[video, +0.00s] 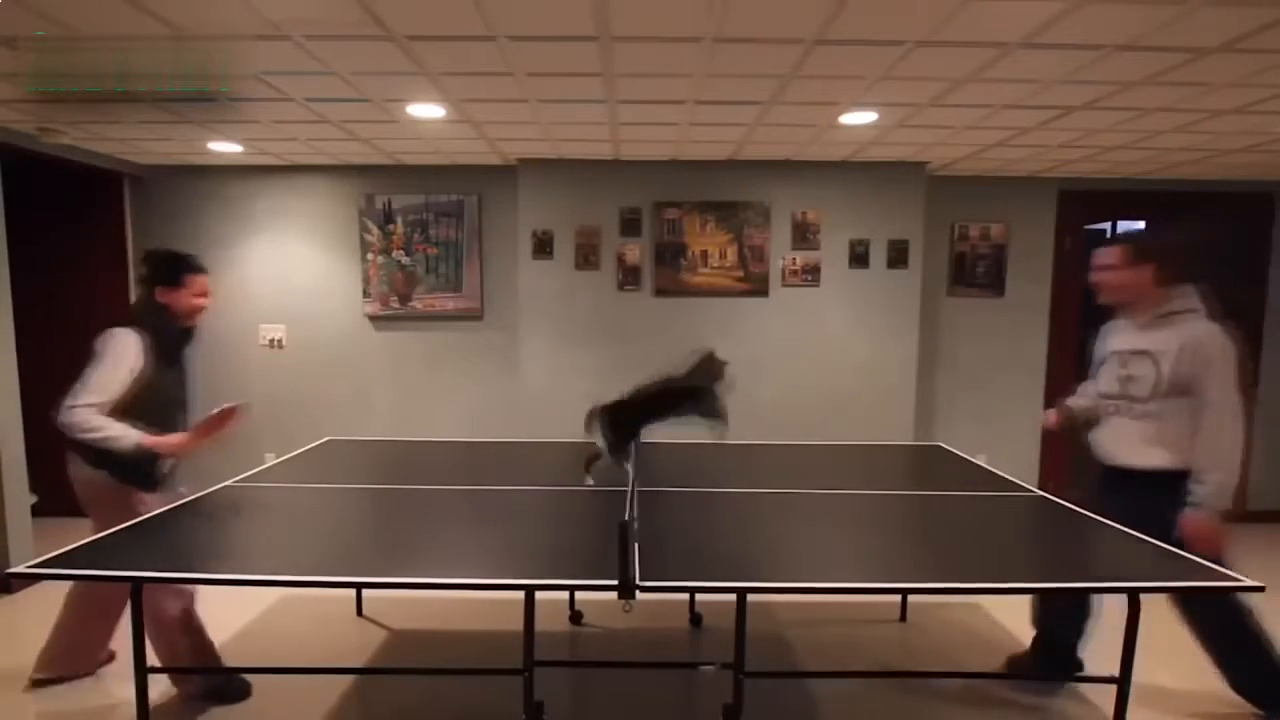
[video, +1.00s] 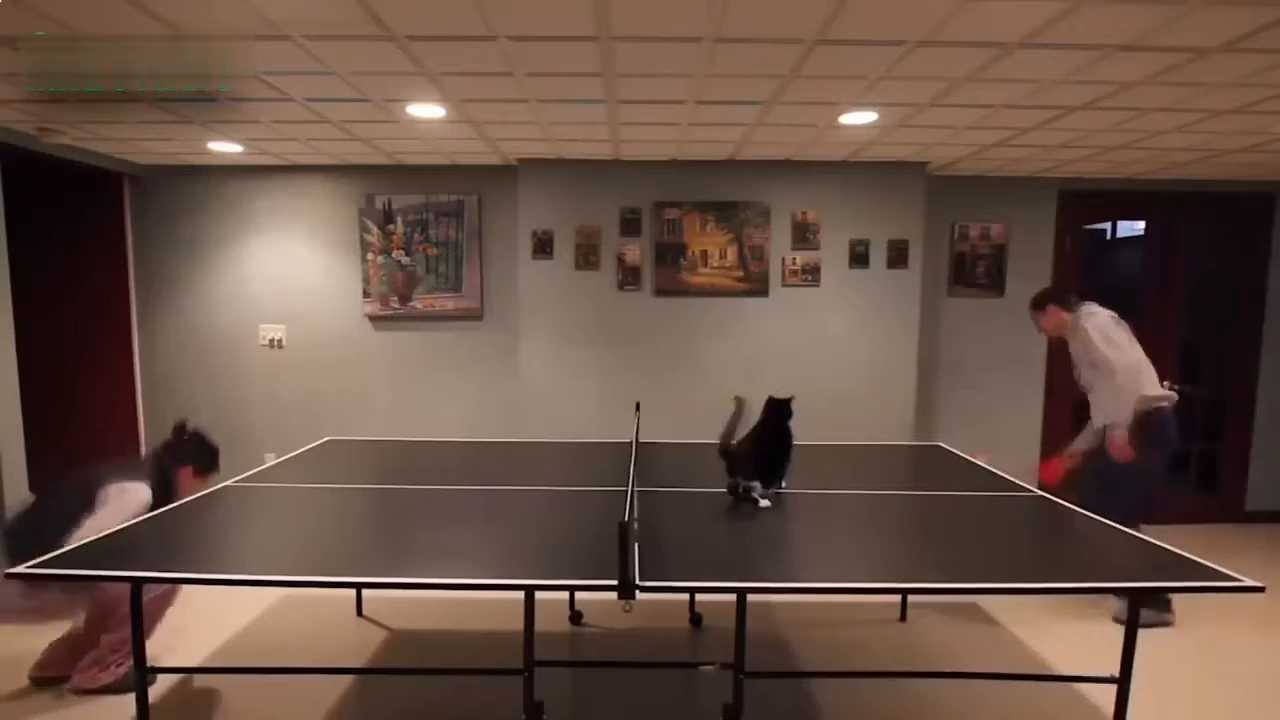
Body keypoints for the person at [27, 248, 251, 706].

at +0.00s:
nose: (205, 303)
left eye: (206, 293)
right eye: (197, 293)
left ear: (175, 296)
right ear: (165, 294)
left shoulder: (169, 345)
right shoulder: (128, 342)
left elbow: (153, 425)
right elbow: (75, 413)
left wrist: (198, 433)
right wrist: (149, 440)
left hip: (144, 472)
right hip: (107, 474)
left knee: (112, 564)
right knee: (163, 571)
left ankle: (66, 659)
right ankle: (200, 674)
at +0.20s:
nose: (143, 292)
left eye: (147, 284)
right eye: (135, 281)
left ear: (146, 291)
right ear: (107, 283)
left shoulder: (126, 342)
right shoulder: (69, 333)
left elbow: (126, 410)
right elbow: (33, 410)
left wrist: (151, 422)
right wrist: (115, 429)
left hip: (110, 468)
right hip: (71, 471)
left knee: (97, 560)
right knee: (129, 554)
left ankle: (65, 659)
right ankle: (161, 665)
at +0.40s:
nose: (156, 302)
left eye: (156, 292)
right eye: (149, 292)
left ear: (127, 294)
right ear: (118, 293)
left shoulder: (116, 342)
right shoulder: (76, 335)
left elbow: (105, 417)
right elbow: (38, 411)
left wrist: (119, 466)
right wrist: (116, 430)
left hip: (76, 469)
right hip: (50, 469)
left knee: (90, 560)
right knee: (112, 557)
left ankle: (57, 661)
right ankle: (94, 672)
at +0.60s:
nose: (193, 389)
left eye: (198, 382)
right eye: (194, 379)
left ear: (173, 364)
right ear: (174, 363)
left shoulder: (142, 395)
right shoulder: (115, 389)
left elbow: (87, 460)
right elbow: (52, 461)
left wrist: (98, 502)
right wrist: (95, 501)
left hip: (35, 488)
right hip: (13, 491)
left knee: (97, 557)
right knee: (106, 556)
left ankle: (57, 663)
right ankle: (94, 670)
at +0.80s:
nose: (198, 448)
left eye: (204, 442)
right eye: (202, 439)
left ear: (183, 418)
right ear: (187, 425)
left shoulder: (139, 429)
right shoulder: (133, 437)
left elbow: (77, 489)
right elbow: (55, 497)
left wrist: (99, 523)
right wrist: (96, 526)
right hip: (14, 523)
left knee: (107, 567)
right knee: (124, 563)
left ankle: (56, 664)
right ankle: (98, 671)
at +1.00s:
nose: (200, 494)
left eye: (205, 485)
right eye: (202, 483)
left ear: (180, 468)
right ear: (186, 473)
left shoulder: (135, 477)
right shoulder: (137, 490)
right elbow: (77, 551)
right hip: (20, 588)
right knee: (161, 580)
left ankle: (59, 663)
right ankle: (102, 671)